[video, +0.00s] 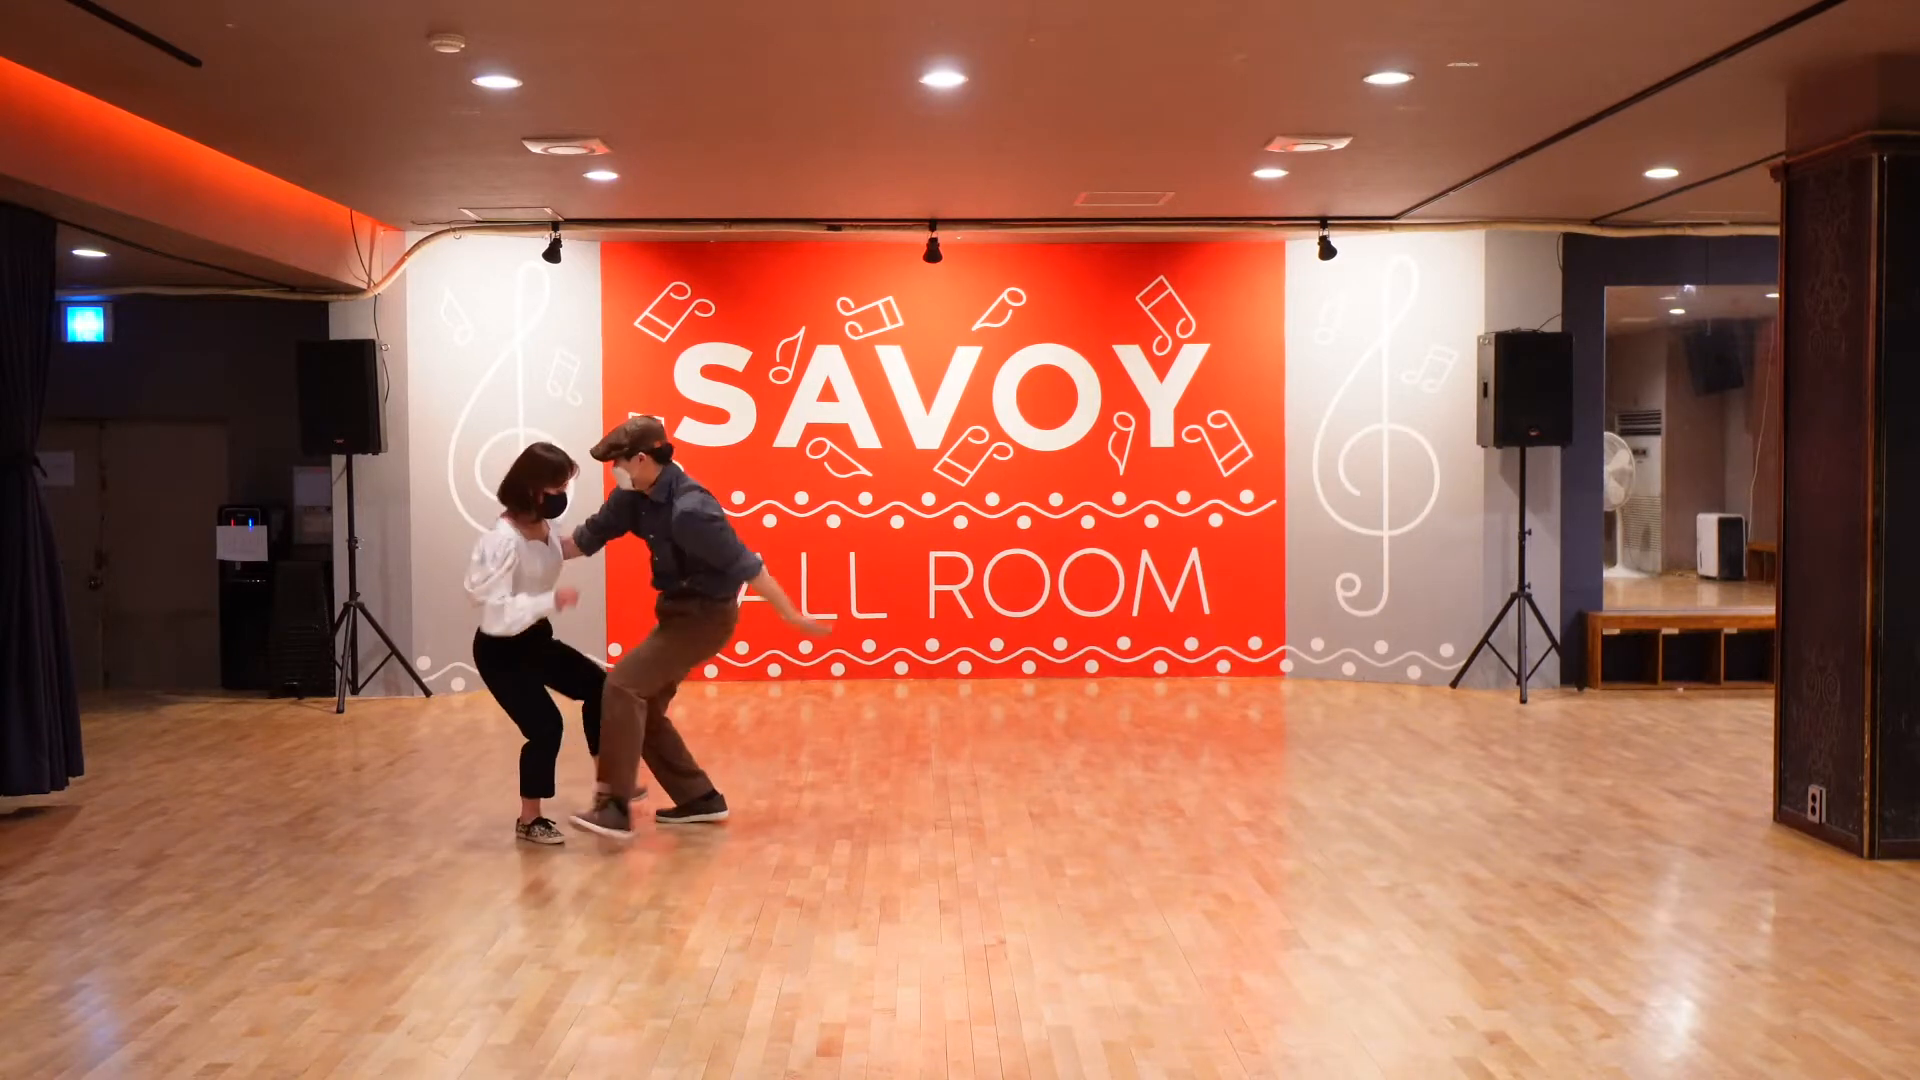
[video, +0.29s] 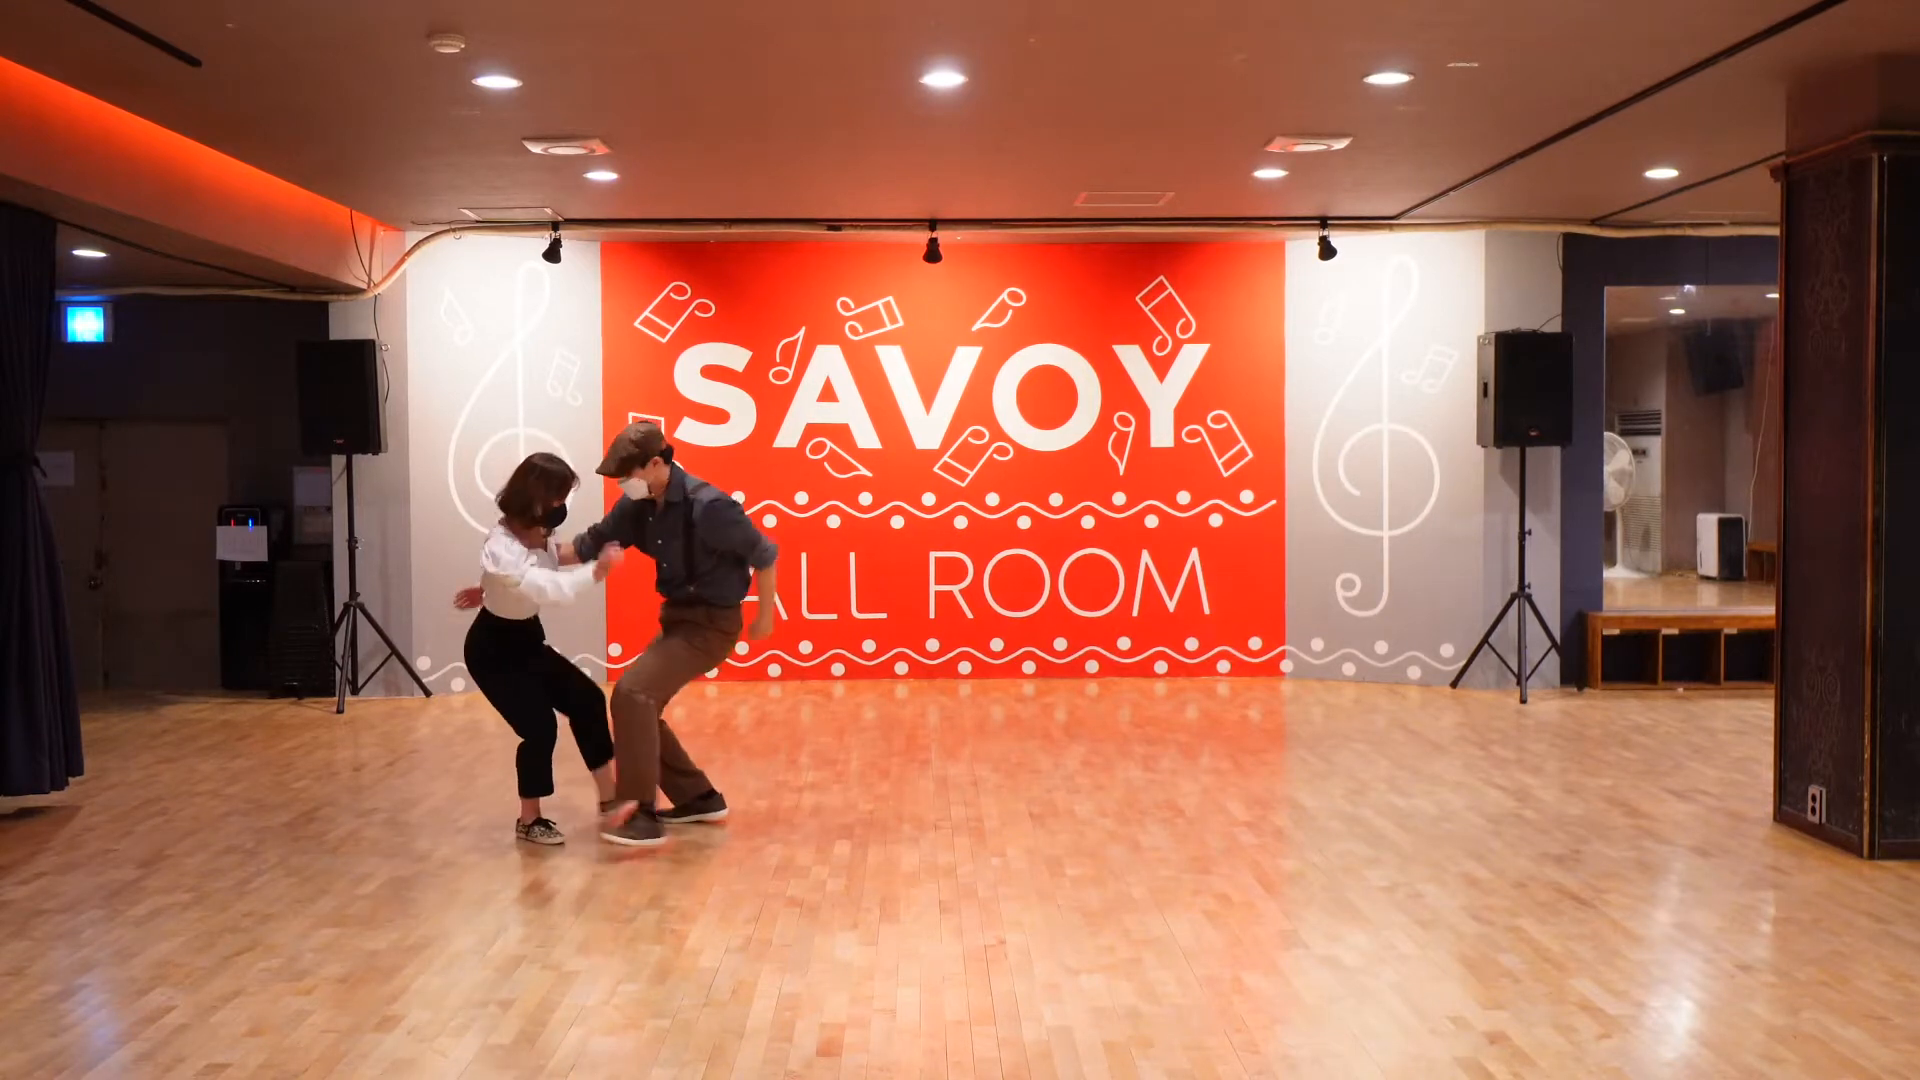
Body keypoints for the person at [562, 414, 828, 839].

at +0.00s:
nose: (616, 470)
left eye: (622, 462)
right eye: (615, 462)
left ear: (645, 460)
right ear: (638, 461)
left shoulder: (690, 509)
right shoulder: (631, 497)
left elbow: (752, 568)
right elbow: (580, 541)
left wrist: (795, 618)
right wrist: (529, 538)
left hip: (707, 617)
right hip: (676, 614)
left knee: (622, 686)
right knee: (644, 711)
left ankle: (614, 807)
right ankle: (700, 798)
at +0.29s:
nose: (626, 487)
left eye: (630, 478)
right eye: (622, 479)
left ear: (656, 466)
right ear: (645, 469)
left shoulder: (709, 506)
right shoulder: (638, 507)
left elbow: (765, 555)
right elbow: (590, 544)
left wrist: (765, 616)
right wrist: (544, 552)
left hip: (712, 624)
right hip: (675, 622)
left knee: (632, 693)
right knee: (638, 709)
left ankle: (641, 815)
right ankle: (697, 797)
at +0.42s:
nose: (628, 494)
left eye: (633, 484)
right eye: (625, 486)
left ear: (663, 472)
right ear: (657, 474)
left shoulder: (711, 518)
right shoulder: (645, 517)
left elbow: (745, 594)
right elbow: (596, 554)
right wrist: (537, 564)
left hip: (709, 642)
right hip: (681, 638)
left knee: (637, 723)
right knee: (627, 718)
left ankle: (701, 820)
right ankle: (698, 800)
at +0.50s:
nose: (626, 497)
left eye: (633, 488)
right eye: (624, 488)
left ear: (664, 477)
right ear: (656, 479)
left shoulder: (704, 519)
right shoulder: (646, 522)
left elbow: (730, 595)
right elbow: (592, 560)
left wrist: (679, 644)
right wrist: (534, 558)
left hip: (724, 636)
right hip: (693, 633)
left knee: (641, 726)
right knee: (624, 715)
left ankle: (698, 823)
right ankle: (699, 794)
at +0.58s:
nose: (628, 499)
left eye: (634, 490)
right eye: (624, 491)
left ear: (664, 479)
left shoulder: (704, 517)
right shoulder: (645, 523)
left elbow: (699, 592)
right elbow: (584, 564)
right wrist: (532, 551)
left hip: (727, 638)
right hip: (694, 634)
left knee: (646, 726)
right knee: (621, 692)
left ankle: (699, 824)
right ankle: (669, 795)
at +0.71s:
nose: (627, 500)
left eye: (634, 491)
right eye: (623, 492)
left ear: (664, 479)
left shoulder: (693, 511)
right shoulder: (650, 520)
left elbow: (653, 560)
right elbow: (587, 566)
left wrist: (598, 508)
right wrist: (528, 560)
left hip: (732, 634)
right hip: (703, 633)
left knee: (647, 723)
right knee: (631, 676)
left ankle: (699, 823)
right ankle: (607, 786)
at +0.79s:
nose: (628, 501)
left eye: (633, 491)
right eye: (624, 493)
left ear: (662, 479)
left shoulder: (689, 509)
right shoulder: (651, 521)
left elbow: (636, 545)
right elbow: (588, 567)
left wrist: (593, 496)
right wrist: (529, 562)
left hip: (733, 634)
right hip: (714, 633)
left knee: (650, 722)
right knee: (635, 706)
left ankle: (699, 823)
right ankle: (592, 804)